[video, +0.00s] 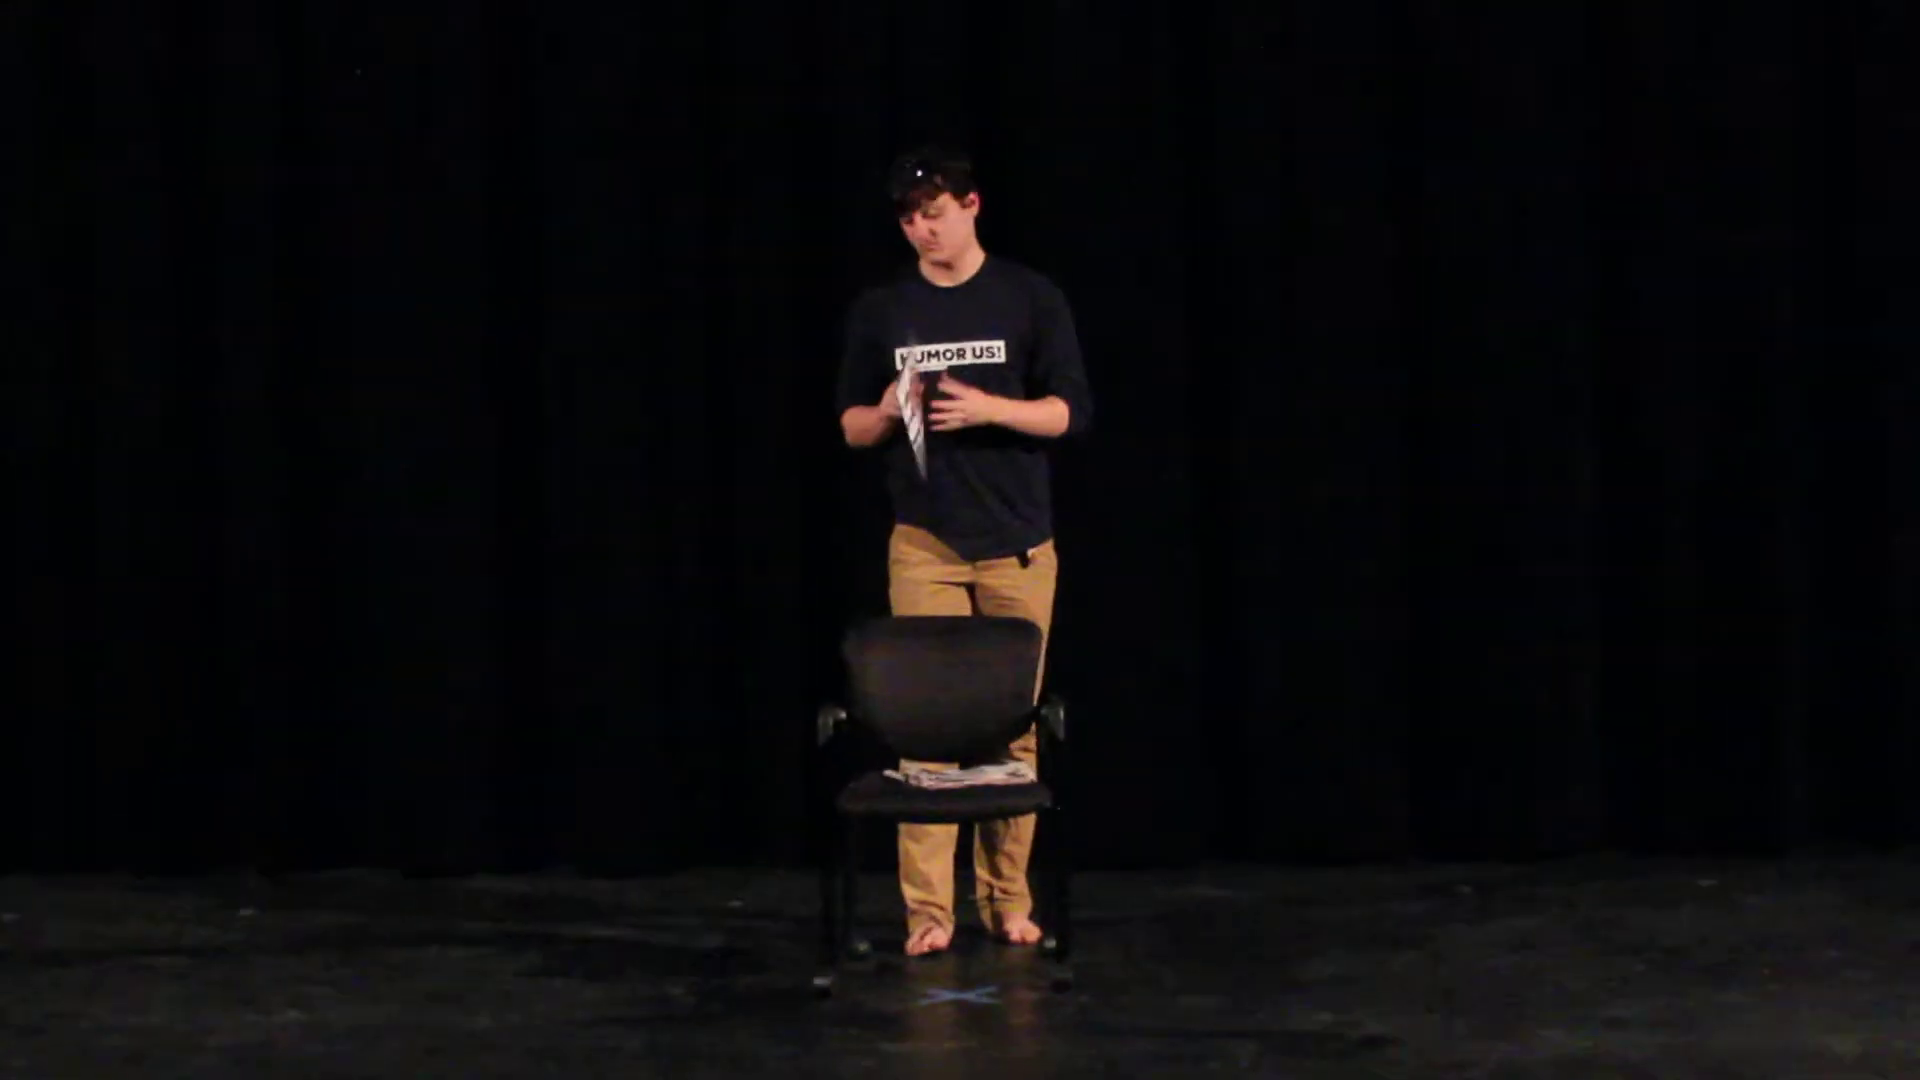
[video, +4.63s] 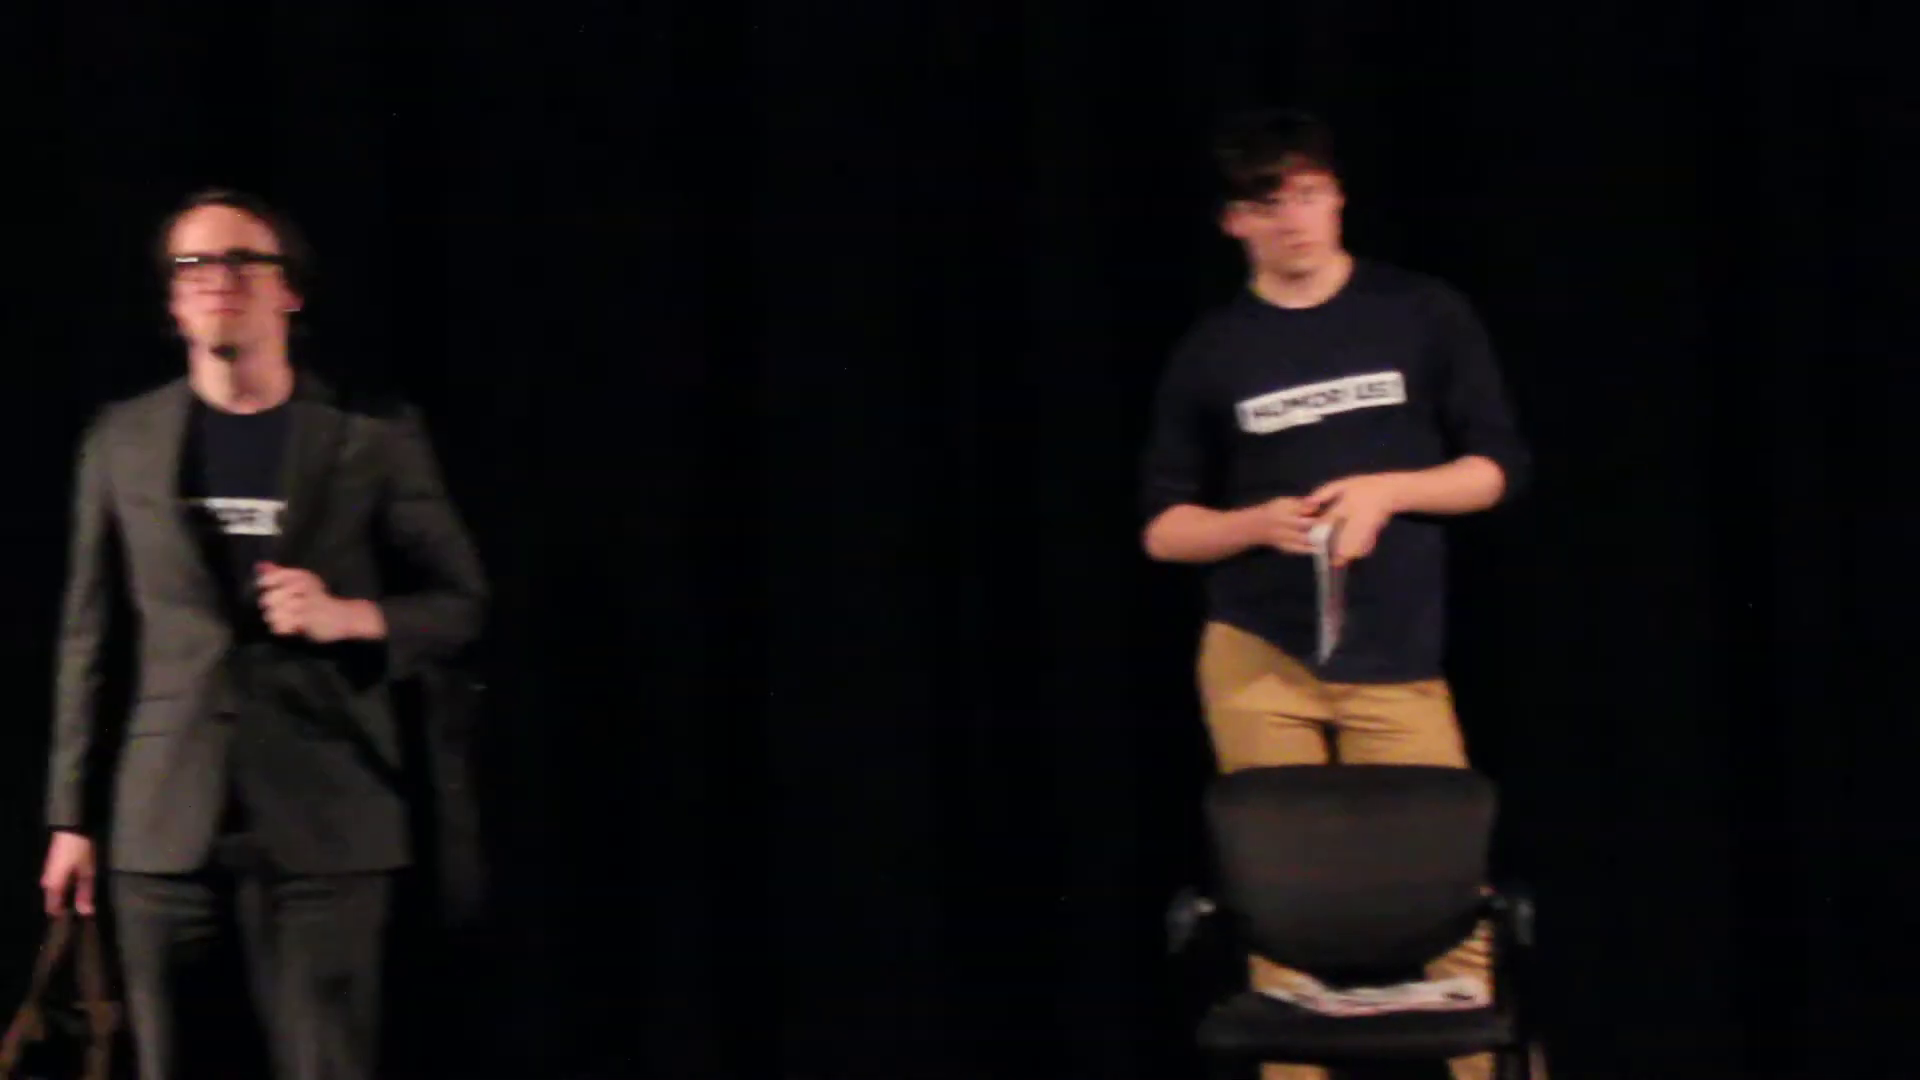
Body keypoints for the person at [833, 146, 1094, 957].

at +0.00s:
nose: (921, 229)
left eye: (934, 213)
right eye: (911, 217)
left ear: (972, 207)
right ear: (900, 224)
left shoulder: (1033, 300)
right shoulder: (883, 310)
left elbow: (1069, 414)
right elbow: (853, 428)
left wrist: (991, 408)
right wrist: (891, 411)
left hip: (1018, 543)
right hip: (922, 541)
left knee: (1015, 722)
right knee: (925, 719)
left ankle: (1008, 899)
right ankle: (928, 909)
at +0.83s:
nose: (944, 151)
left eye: (962, 135)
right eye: (927, 130)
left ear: (982, 144)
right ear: (888, 133)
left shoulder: (1026, 253)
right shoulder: (834, 266)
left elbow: (1075, 398)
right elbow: (796, 429)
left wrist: (1013, 378)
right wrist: (891, 402)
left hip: (1011, 559)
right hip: (882, 559)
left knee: (1070, 778)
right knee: (892, 789)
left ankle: (1097, 1015)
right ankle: (914, 1017)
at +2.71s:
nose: (821, 145)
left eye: (839, 118)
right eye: (808, 126)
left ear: (896, 107)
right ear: (796, 138)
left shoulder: (1001, 234)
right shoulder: (797, 268)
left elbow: (1070, 381)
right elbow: (754, 449)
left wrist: (957, 373)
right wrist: (816, 409)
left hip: (977, 574)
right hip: (835, 574)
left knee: (1031, 815)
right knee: (861, 829)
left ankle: (1106, 1060)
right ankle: (894, 1066)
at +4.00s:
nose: (909, 166)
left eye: (925, 138)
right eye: (894, 148)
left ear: (981, 125)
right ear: (880, 164)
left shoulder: (1086, 255)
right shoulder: (878, 290)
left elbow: (1159, 412)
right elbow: (834, 480)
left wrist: (1100, 397)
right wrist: (877, 435)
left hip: (1053, 597)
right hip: (910, 593)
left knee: (1104, 847)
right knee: (930, 851)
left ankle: (1161, 1067)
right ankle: (955, 1069)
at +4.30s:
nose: (1061, 207)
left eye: (1073, 180)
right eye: (1038, 193)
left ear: (1118, 166)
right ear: (1021, 208)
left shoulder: (1226, 292)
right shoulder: (1016, 331)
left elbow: (1298, 445)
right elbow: (976, 516)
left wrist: (1237, 441)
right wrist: (1013, 489)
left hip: (1191, 634)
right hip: (1053, 635)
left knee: (1242, 871)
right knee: (1075, 878)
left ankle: (1291, 1068)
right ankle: (1091, 1075)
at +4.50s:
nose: (1148, 214)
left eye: (1162, 188)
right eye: (1124, 199)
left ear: (1201, 188)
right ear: (1100, 222)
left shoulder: (1294, 305)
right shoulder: (1082, 347)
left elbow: (1372, 455)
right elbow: (1038, 524)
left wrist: (1269, 476)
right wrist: (1107, 518)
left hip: (1266, 654)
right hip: (1127, 656)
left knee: (1317, 889)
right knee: (1156, 894)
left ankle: (1357, 1069)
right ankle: (1164, 1078)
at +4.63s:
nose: (1298, 217)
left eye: (1311, 193)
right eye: (1272, 201)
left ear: (1340, 200)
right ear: (1235, 223)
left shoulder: (1425, 318)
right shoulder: (1210, 353)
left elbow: (1496, 471)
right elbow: (1161, 529)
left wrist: (1389, 491)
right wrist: (1254, 522)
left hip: (1397, 662)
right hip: (1258, 664)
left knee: (1443, 894)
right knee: (1286, 902)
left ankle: (1477, 1072)